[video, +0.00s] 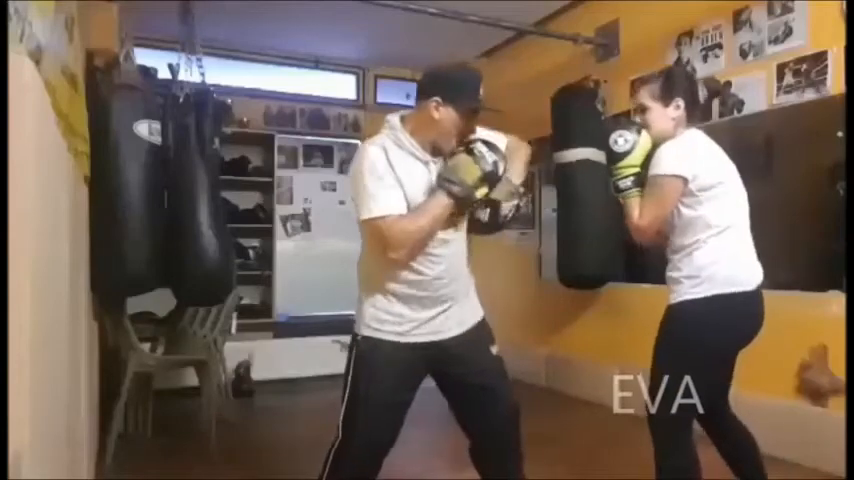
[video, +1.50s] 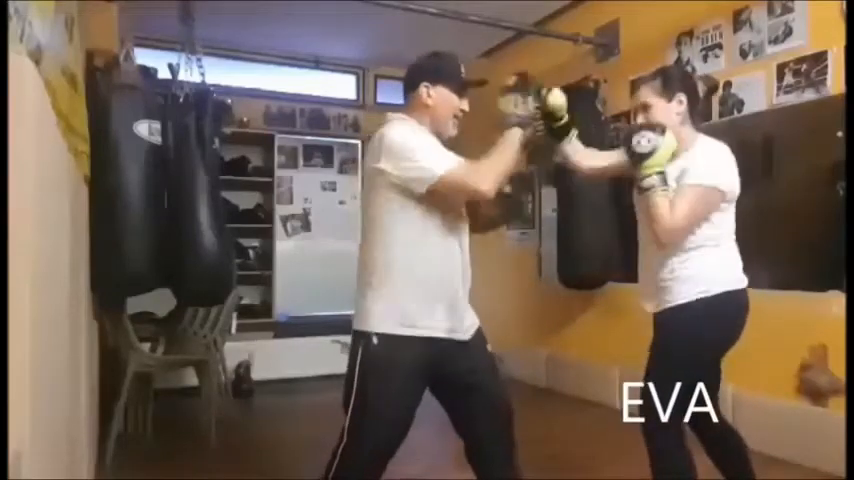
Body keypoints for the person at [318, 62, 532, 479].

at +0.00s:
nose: (472, 129)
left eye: (474, 119)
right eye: (467, 116)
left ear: (439, 110)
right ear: (436, 109)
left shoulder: (459, 146)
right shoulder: (376, 156)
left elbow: (518, 148)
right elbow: (397, 246)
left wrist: (506, 189)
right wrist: (452, 191)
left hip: (459, 321)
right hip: (390, 331)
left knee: (499, 429)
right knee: (360, 452)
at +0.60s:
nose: (472, 127)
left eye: (475, 117)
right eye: (468, 115)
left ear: (442, 110)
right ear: (439, 108)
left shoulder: (461, 150)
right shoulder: (379, 152)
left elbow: (513, 163)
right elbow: (395, 242)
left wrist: (494, 208)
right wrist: (458, 195)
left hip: (458, 321)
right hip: (391, 329)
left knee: (501, 421)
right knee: (364, 448)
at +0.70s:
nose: (458, 120)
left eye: (460, 110)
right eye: (453, 107)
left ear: (430, 104)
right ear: (423, 101)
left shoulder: (443, 150)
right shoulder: (374, 152)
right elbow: (411, 231)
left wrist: (476, 205)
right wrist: (464, 187)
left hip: (451, 323)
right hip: (387, 331)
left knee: (495, 426)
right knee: (361, 449)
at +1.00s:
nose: (453, 108)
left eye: (453, 98)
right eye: (446, 96)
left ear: (417, 97)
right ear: (414, 94)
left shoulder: (438, 149)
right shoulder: (371, 149)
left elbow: (457, 209)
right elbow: (420, 214)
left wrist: (504, 183)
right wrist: (476, 165)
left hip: (449, 327)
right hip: (382, 333)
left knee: (488, 429)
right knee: (359, 450)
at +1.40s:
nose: (470, 111)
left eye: (470, 101)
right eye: (463, 98)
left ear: (434, 99)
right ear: (432, 95)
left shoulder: (436, 152)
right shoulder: (399, 140)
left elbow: (476, 218)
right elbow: (471, 202)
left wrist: (521, 185)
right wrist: (521, 155)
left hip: (454, 329)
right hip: (393, 334)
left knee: (493, 434)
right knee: (363, 457)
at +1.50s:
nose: (464, 107)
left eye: (464, 97)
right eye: (457, 95)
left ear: (428, 96)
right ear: (426, 93)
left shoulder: (438, 152)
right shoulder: (396, 137)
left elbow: (476, 216)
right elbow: (479, 182)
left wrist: (517, 181)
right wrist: (514, 134)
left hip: (453, 328)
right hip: (393, 330)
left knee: (493, 436)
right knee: (363, 456)